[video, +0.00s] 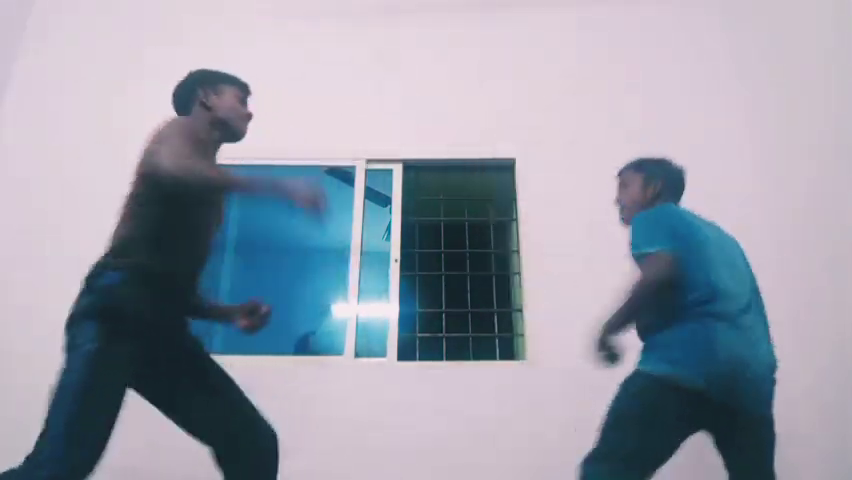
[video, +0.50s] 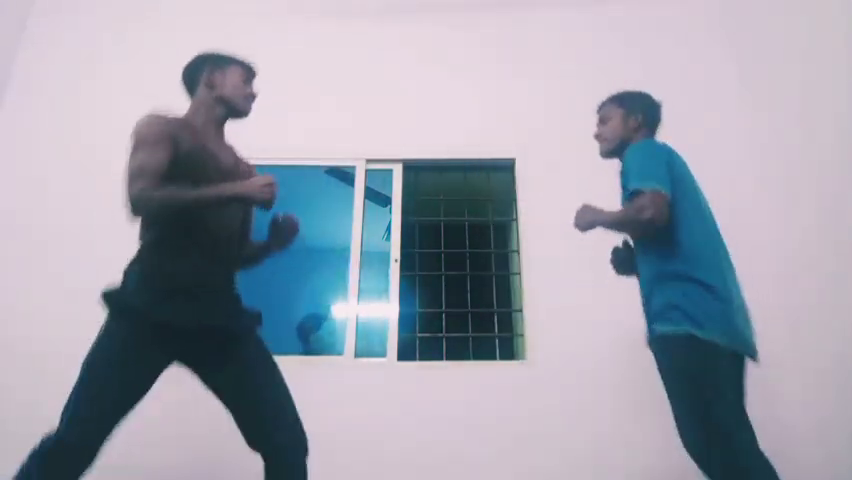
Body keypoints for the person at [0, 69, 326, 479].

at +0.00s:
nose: (251, 110)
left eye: (249, 101)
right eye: (241, 98)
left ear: (214, 103)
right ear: (207, 99)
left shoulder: (206, 180)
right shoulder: (178, 133)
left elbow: (171, 292)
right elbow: (170, 166)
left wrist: (231, 314)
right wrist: (280, 190)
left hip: (159, 327)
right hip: (114, 314)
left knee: (252, 444)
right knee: (61, 462)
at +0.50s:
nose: (254, 91)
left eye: (253, 83)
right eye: (246, 80)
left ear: (218, 84)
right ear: (211, 79)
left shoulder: (240, 167)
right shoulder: (160, 128)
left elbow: (229, 256)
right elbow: (141, 198)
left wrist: (270, 244)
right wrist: (239, 189)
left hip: (217, 318)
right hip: (148, 314)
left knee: (288, 448)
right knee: (72, 448)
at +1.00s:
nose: (323, 108)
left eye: (320, 101)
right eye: (312, 100)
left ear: (296, 112)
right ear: (283, 107)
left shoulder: (325, 174)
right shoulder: (237, 151)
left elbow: (379, 179)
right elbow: (182, 220)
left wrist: (367, 181)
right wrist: (253, 233)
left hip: (262, 333)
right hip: (191, 318)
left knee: (359, 436)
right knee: (102, 405)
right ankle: (14, 471)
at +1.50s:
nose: (334, 3)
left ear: (311, 3)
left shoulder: (304, 77)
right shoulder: (225, 15)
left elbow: (323, 170)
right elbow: (123, 54)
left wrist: (364, 172)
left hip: (235, 207)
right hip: (171, 190)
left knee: (310, 344)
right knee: (150, 326)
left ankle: (264, 473)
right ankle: (89, 466)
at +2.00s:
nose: (296, 13)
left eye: (294, 4)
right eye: (288, 1)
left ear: (256, 9)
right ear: (256, 2)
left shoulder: (251, 111)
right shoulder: (162, 27)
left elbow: (201, 193)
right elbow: (40, 84)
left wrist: (226, 245)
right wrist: (66, 178)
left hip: (156, 258)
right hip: (86, 227)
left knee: (257, 408)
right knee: (70, 362)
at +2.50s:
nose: (295, 15)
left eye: (292, 5)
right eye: (284, 3)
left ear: (254, 12)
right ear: (249, 6)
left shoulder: (254, 104)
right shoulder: (184, 41)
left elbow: (197, 171)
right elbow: (60, 77)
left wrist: (221, 227)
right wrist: (117, 153)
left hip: (195, 263)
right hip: (132, 237)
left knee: (268, 427)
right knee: (43, 386)